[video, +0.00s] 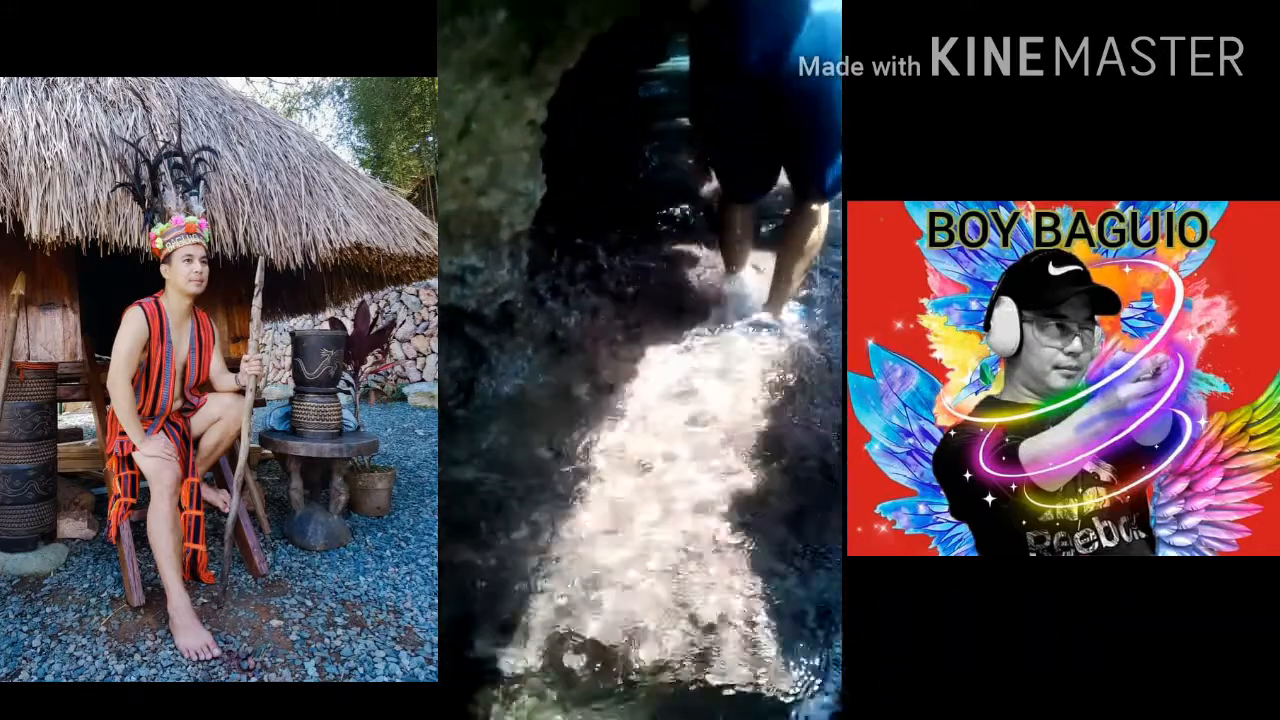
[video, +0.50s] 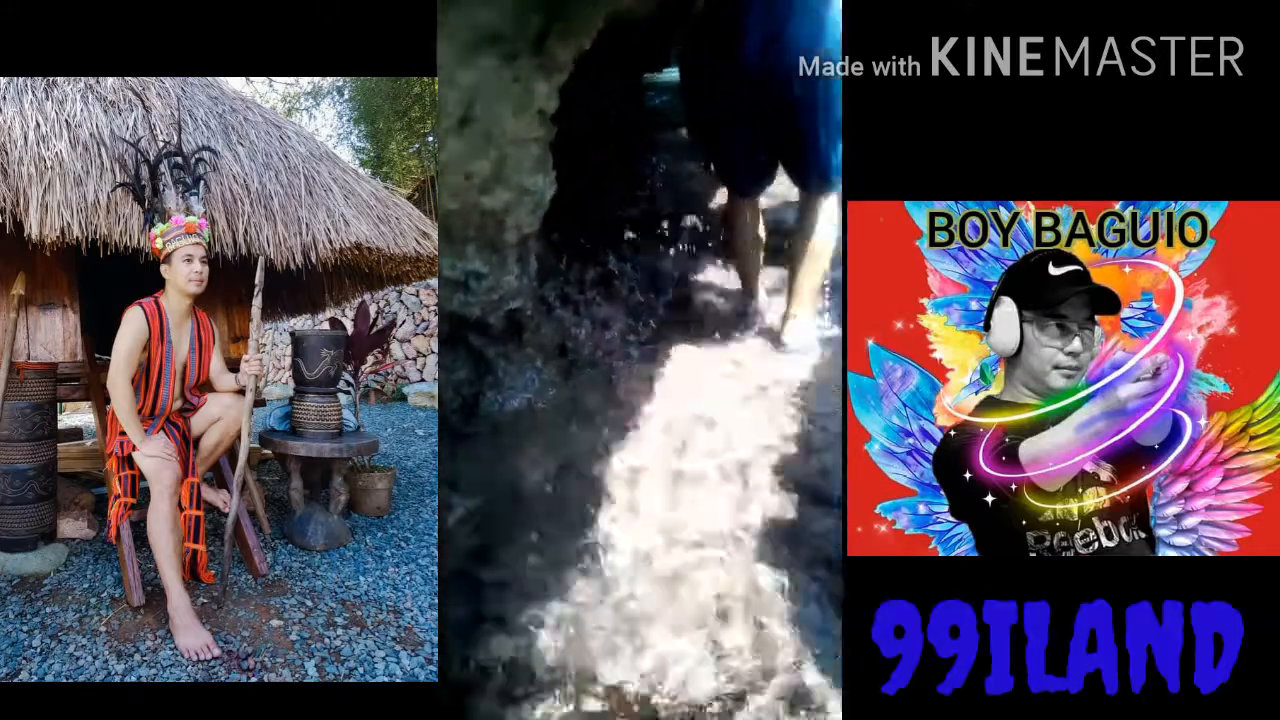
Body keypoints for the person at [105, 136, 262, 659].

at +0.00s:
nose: (198, 268)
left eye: (203, 260)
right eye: (187, 260)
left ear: (208, 267)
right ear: (165, 267)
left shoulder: (206, 324)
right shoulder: (142, 316)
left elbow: (220, 381)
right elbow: (117, 380)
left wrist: (243, 381)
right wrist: (138, 440)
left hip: (180, 419)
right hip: (140, 424)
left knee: (236, 407)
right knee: (169, 476)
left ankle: (191, 478)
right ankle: (179, 605)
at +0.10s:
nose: (198, 269)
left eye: (203, 260)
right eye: (187, 261)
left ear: (207, 266)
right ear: (164, 267)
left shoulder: (206, 323)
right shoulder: (142, 316)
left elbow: (220, 381)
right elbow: (117, 380)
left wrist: (243, 380)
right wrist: (138, 440)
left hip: (180, 419)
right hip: (140, 424)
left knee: (237, 407)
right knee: (169, 476)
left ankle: (191, 479)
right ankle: (179, 606)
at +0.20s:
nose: (198, 269)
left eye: (203, 260)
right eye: (187, 261)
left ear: (207, 266)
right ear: (164, 267)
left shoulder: (206, 323)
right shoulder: (142, 316)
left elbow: (220, 381)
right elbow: (117, 380)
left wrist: (243, 380)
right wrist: (138, 440)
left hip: (180, 419)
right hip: (140, 424)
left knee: (237, 407)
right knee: (169, 476)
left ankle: (191, 479)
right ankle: (179, 606)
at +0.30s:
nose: (198, 269)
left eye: (203, 260)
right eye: (187, 261)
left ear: (207, 266)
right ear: (164, 267)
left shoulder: (206, 323)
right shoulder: (142, 316)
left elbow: (220, 381)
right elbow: (117, 380)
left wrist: (243, 380)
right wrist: (138, 440)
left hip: (180, 419)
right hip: (140, 424)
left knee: (237, 407)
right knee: (169, 476)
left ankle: (191, 479)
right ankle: (179, 606)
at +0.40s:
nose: (198, 269)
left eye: (203, 260)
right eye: (187, 261)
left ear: (207, 266)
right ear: (164, 267)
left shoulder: (206, 323)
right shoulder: (142, 316)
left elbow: (220, 381)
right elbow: (117, 380)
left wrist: (243, 380)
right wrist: (138, 440)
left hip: (180, 419)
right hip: (140, 424)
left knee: (237, 407)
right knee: (169, 476)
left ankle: (191, 479)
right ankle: (179, 606)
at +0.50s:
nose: (198, 268)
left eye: (203, 260)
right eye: (187, 260)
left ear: (208, 267)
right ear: (165, 267)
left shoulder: (206, 324)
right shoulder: (142, 316)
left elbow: (220, 381)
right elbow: (117, 380)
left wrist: (243, 381)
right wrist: (138, 440)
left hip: (180, 419)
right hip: (140, 424)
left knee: (236, 408)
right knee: (169, 476)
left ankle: (191, 478)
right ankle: (179, 605)